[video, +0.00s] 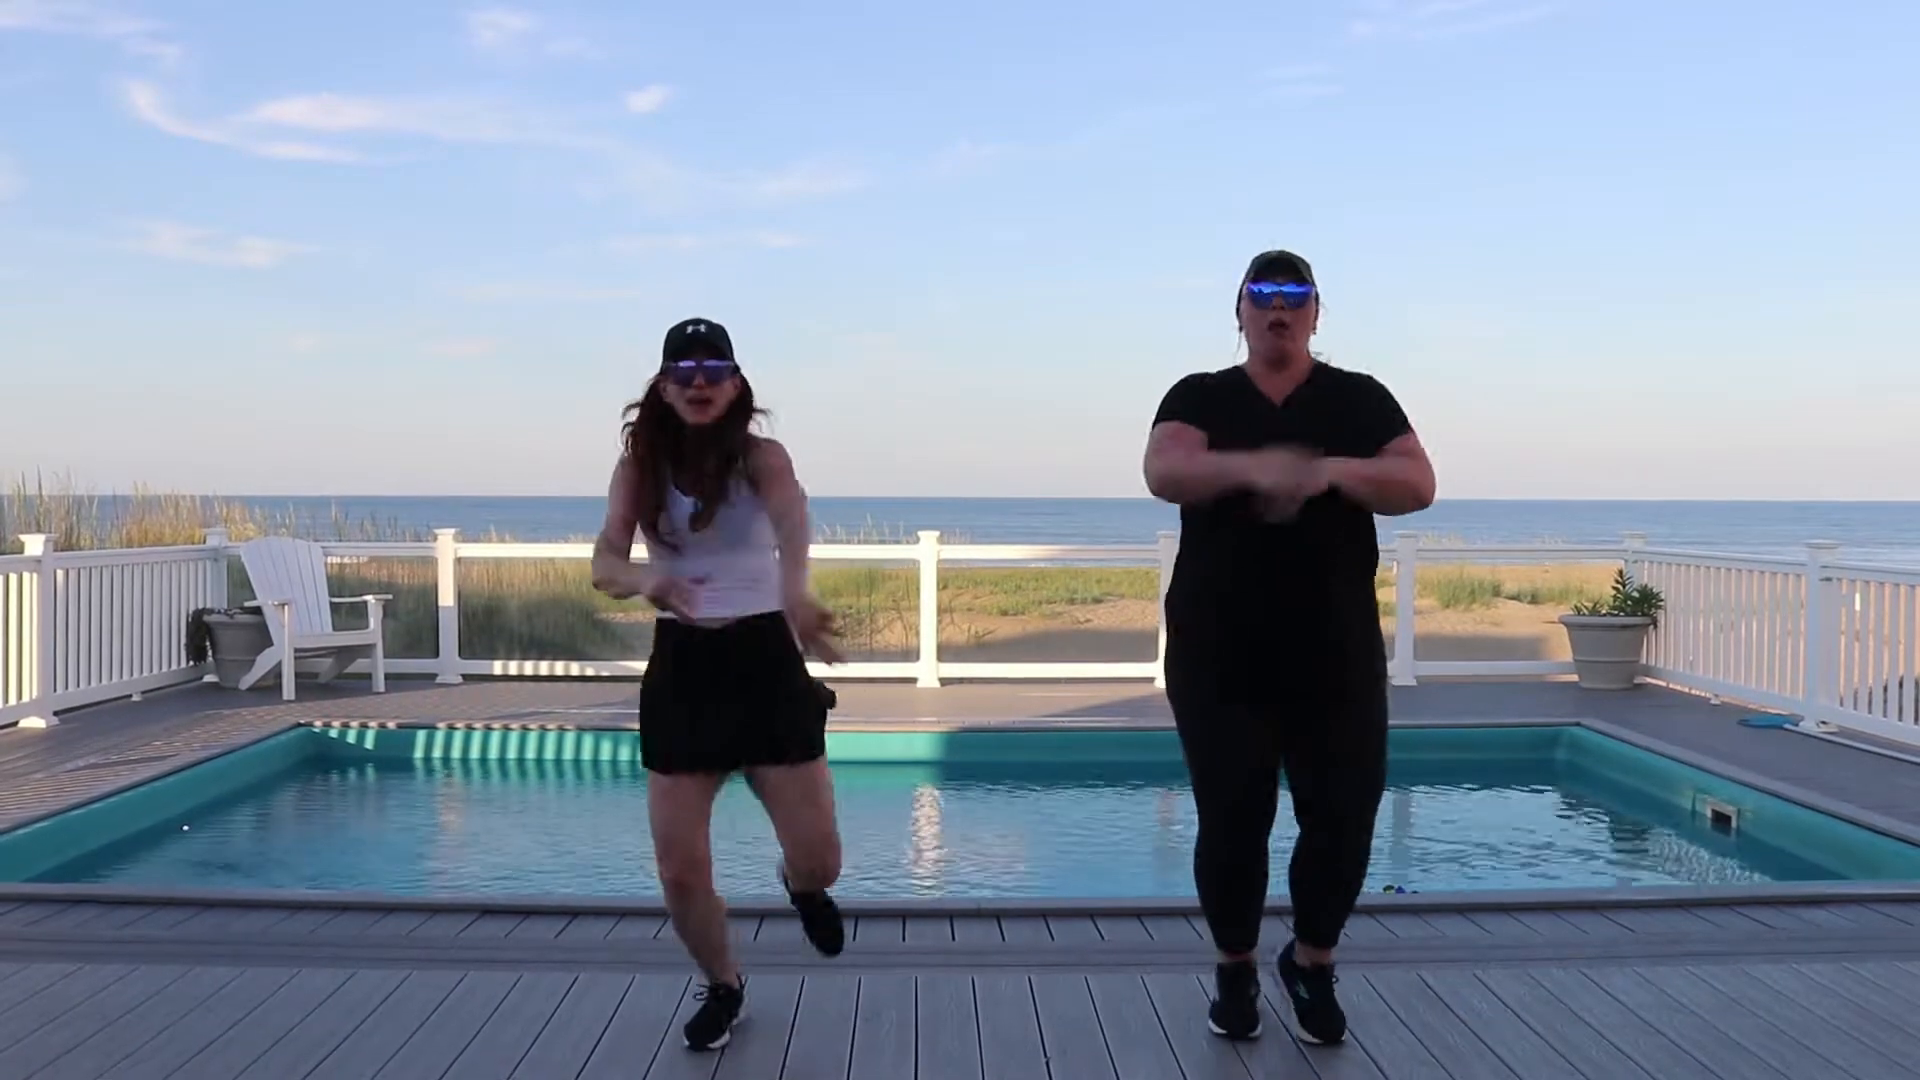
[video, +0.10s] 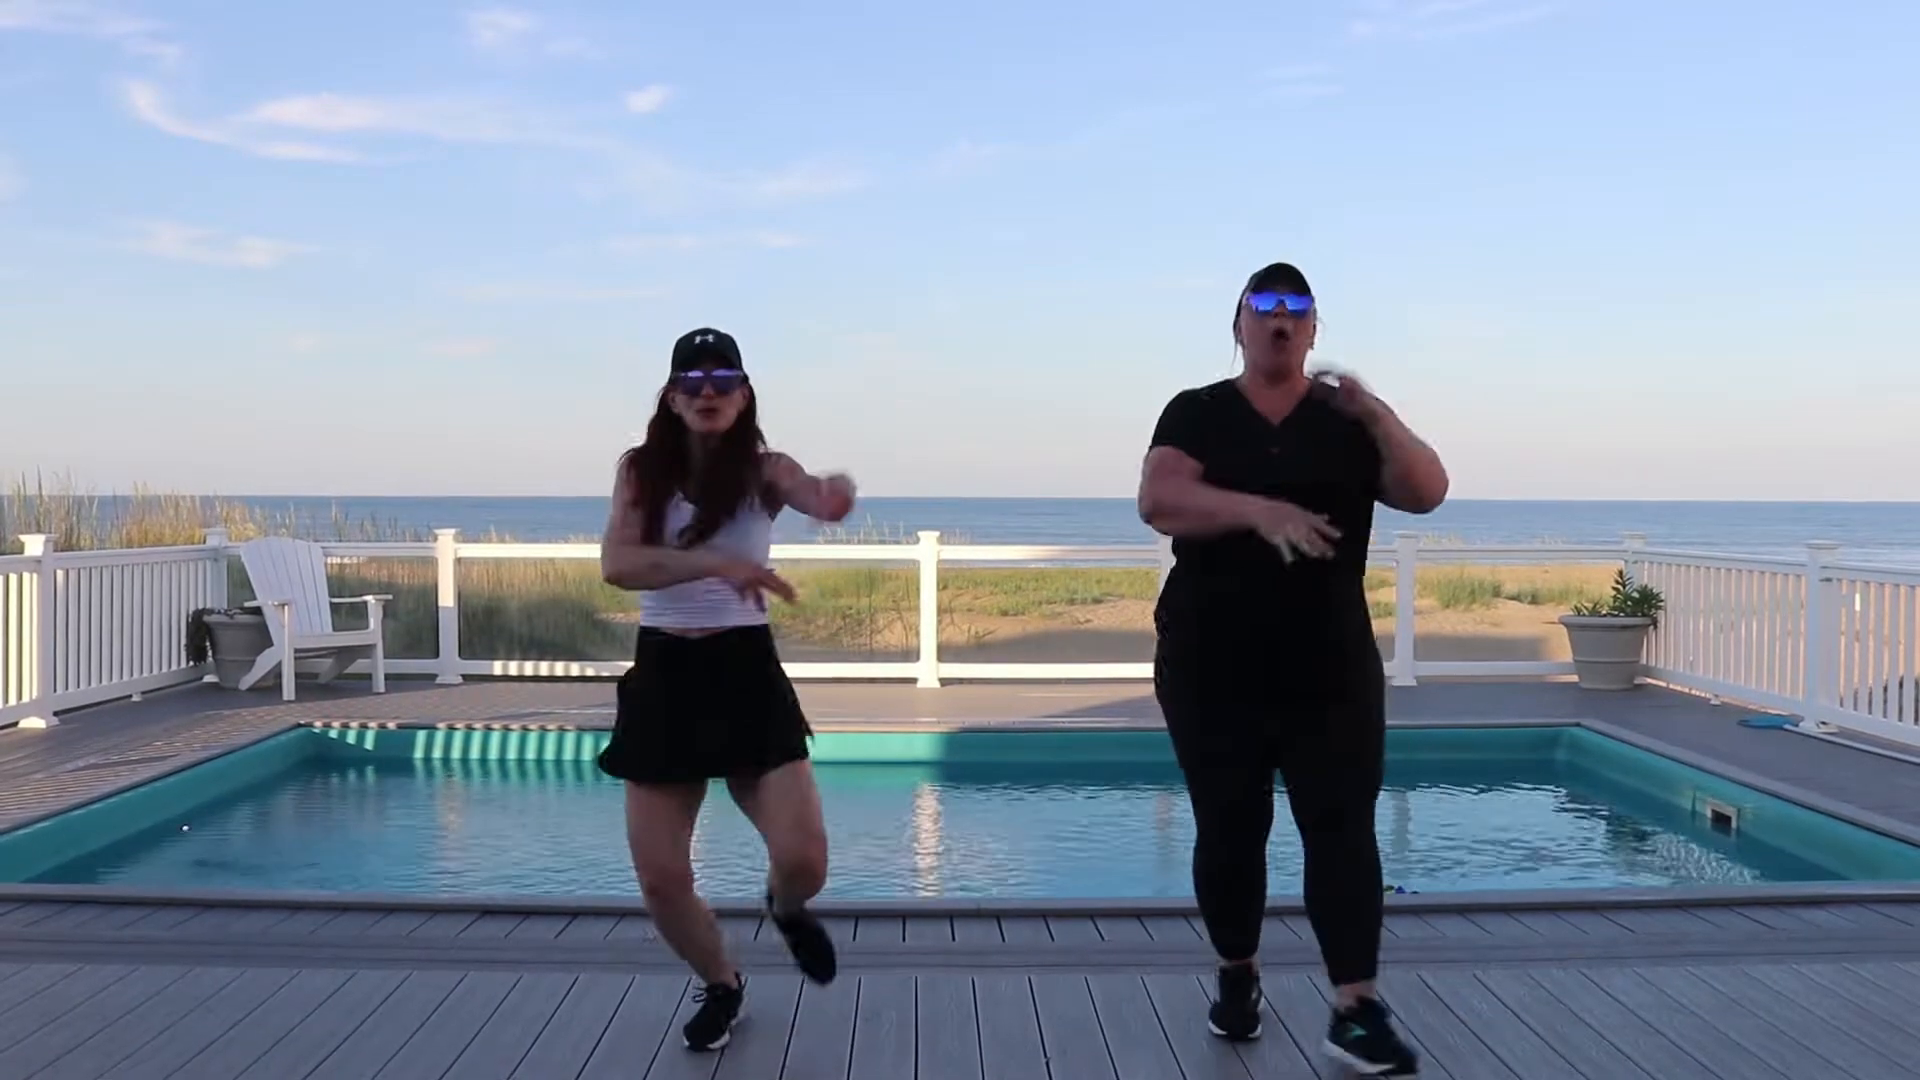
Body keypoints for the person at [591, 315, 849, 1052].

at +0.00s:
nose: (699, 385)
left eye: (714, 372)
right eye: (683, 373)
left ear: (736, 381)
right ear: (662, 383)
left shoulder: (762, 457)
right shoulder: (641, 464)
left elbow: (793, 525)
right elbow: (606, 564)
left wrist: (796, 596)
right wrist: (646, 578)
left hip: (767, 658)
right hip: (681, 663)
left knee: (818, 859)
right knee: (679, 869)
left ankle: (805, 888)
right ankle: (723, 983)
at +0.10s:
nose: (707, 395)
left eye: (722, 381)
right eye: (691, 383)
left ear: (744, 391)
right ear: (671, 394)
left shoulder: (763, 467)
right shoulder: (642, 469)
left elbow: (814, 499)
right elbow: (619, 564)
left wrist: (832, 495)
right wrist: (725, 566)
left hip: (746, 670)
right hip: (664, 673)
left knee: (807, 859)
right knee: (659, 879)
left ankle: (787, 909)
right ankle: (721, 982)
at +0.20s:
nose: (721, 380)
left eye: (737, 368)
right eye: (707, 368)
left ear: (759, 378)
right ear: (686, 377)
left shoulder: (763, 456)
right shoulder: (656, 436)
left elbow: (828, 494)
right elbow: (637, 520)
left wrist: (845, 413)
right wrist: (749, 529)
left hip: (737, 657)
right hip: (652, 661)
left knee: (773, 840)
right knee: (658, 866)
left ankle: (754, 989)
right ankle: (713, 981)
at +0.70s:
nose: (728, 369)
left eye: (743, 356)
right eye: (713, 358)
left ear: (764, 365)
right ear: (693, 367)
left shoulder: (771, 448)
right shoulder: (673, 426)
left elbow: (822, 513)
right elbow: (641, 504)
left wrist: (860, 429)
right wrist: (750, 539)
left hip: (722, 648)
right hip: (640, 645)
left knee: (737, 843)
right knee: (624, 845)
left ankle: (705, 1004)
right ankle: (626, 976)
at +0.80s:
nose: (728, 365)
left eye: (743, 351)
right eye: (713, 351)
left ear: (766, 360)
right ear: (692, 358)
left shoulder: (784, 444)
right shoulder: (670, 424)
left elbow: (818, 510)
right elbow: (619, 493)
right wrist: (709, 549)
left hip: (748, 645)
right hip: (664, 638)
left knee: (745, 857)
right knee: (621, 854)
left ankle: (725, 984)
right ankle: (633, 955)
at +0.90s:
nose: (730, 388)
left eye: (744, 376)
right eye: (714, 376)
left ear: (765, 386)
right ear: (691, 387)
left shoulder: (789, 470)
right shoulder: (668, 460)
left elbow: (824, 567)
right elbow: (592, 492)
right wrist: (675, 473)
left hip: (768, 671)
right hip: (682, 666)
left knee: (765, 876)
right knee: (624, 855)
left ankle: (733, 997)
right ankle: (654, 961)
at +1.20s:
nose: (713, 367)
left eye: (730, 356)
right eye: (699, 356)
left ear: (754, 367)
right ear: (678, 369)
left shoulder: (780, 431)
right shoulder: (669, 447)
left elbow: (812, 521)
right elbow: (633, 532)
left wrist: (701, 544)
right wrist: (623, 417)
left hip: (806, 651)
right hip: (721, 655)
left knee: (803, 862)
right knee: (709, 845)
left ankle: (748, 977)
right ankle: (736, 1031)